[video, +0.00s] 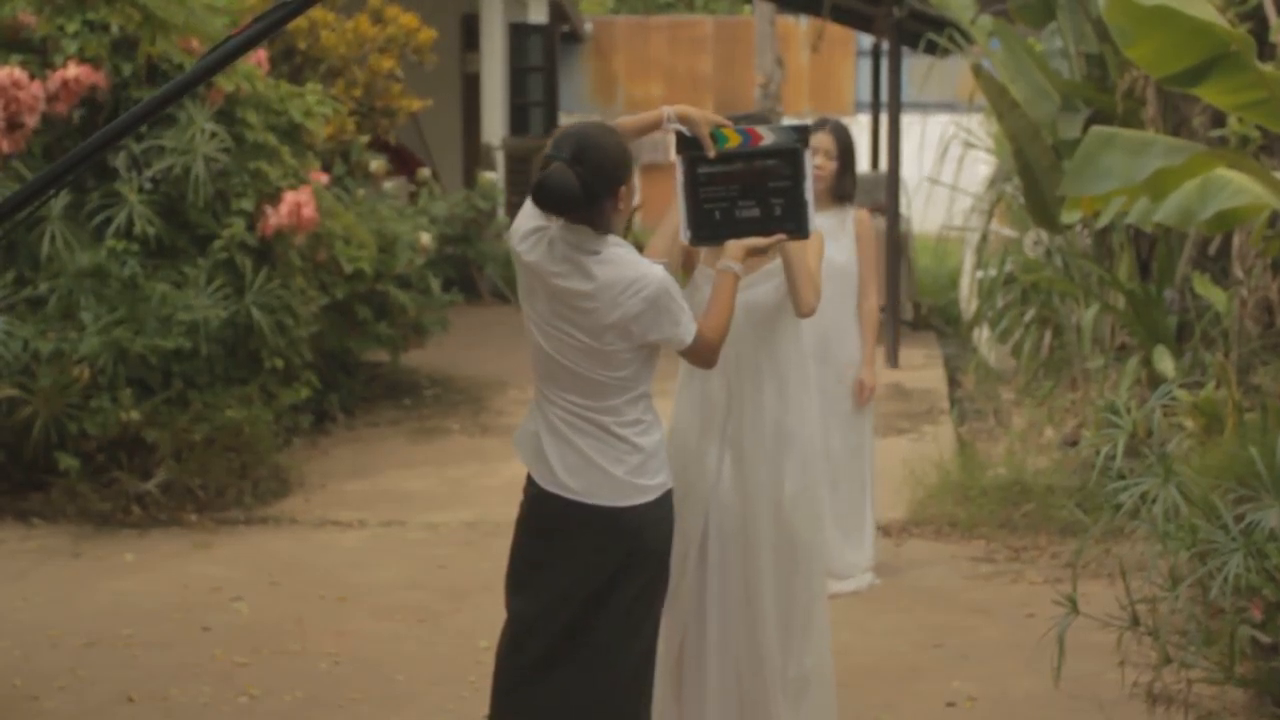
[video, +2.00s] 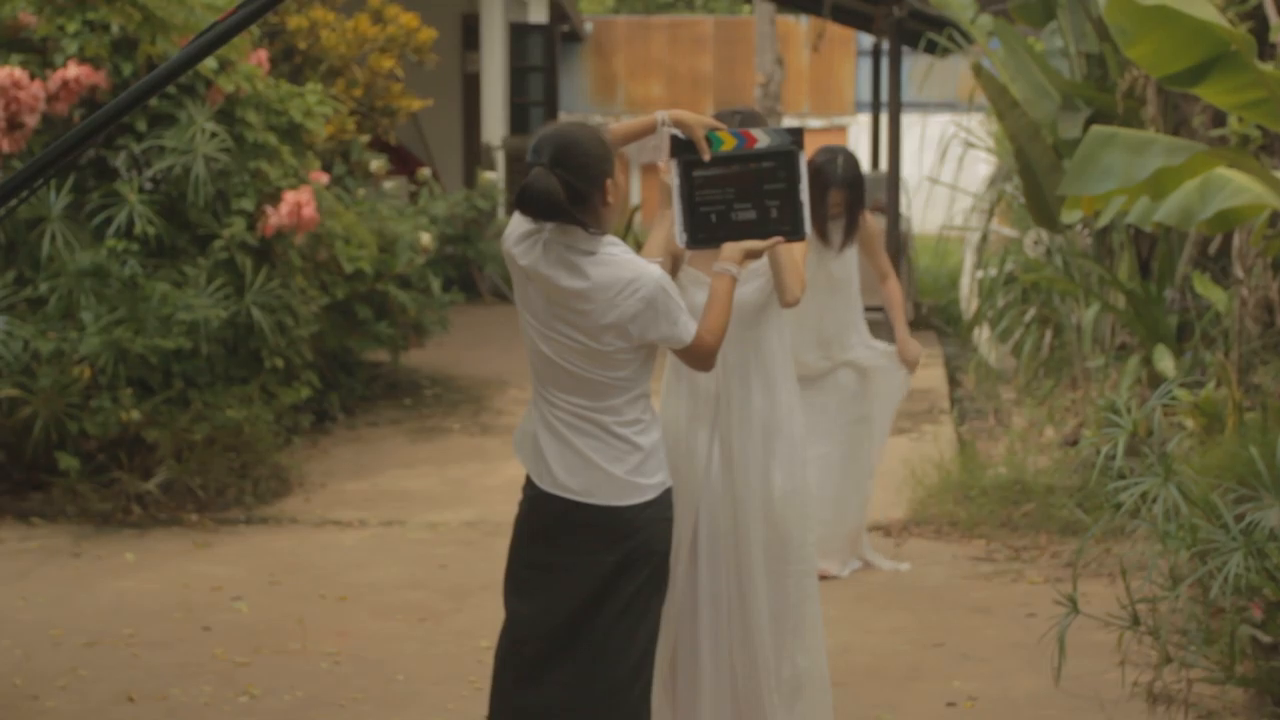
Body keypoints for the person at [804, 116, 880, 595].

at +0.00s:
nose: (817, 164)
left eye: (827, 156)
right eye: (811, 153)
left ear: (844, 166)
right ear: (798, 159)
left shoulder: (857, 221)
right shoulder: (781, 213)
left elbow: (869, 296)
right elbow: (756, 289)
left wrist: (867, 362)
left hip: (834, 355)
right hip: (781, 355)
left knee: (835, 456)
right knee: (782, 457)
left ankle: (840, 560)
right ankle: (783, 561)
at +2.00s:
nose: (834, 205)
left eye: (842, 197)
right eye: (826, 197)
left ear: (854, 194)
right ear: (809, 194)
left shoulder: (864, 227)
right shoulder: (792, 227)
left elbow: (887, 278)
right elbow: (764, 284)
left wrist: (902, 338)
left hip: (843, 359)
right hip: (791, 363)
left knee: (841, 456)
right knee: (790, 460)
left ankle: (838, 550)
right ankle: (796, 555)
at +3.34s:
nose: (832, 183)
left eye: (841, 175)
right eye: (824, 174)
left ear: (850, 176)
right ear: (805, 173)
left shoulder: (857, 220)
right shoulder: (786, 221)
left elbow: (873, 288)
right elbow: (771, 293)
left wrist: (888, 354)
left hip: (845, 353)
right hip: (795, 354)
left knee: (844, 450)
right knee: (802, 451)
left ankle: (850, 547)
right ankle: (812, 552)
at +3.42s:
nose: (834, 180)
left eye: (842, 170)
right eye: (824, 170)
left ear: (853, 171)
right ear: (804, 169)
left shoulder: (857, 219)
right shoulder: (785, 217)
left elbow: (873, 288)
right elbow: (777, 283)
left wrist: (886, 354)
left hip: (846, 347)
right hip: (796, 348)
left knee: (845, 445)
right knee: (802, 445)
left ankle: (849, 545)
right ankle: (807, 550)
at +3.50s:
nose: (830, 174)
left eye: (837, 164)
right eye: (819, 164)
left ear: (848, 163)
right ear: (800, 164)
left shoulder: (855, 210)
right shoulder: (782, 210)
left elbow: (871, 285)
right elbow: (770, 280)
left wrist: (882, 353)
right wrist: (775, 346)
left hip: (844, 345)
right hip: (794, 343)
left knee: (841, 444)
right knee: (799, 444)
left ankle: (848, 545)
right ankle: (806, 549)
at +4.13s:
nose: (815, 160)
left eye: (825, 151)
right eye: (806, 151)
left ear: (840, 160)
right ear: (793, 159)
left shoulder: (857, 217)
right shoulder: (780, 217)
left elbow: (875, 280)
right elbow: (763, 275)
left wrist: (862, 298)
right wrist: (776, 309)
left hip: (845, 345)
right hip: (793, 344)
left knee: (849, 442)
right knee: (801, 440)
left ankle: (851, 544)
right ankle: (807, 546)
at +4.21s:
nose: (815, 161)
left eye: (825, 153)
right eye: (807, 152)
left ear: (839, 161)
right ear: (793, 160)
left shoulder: (855, 215)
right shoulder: (780, 214)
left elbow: (880, 282)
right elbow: (762, 275)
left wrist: (855, 241)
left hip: (845, 340)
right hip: (792, 338)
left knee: (848, 439)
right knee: (797, 437)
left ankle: (848, 545)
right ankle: (806, 545)